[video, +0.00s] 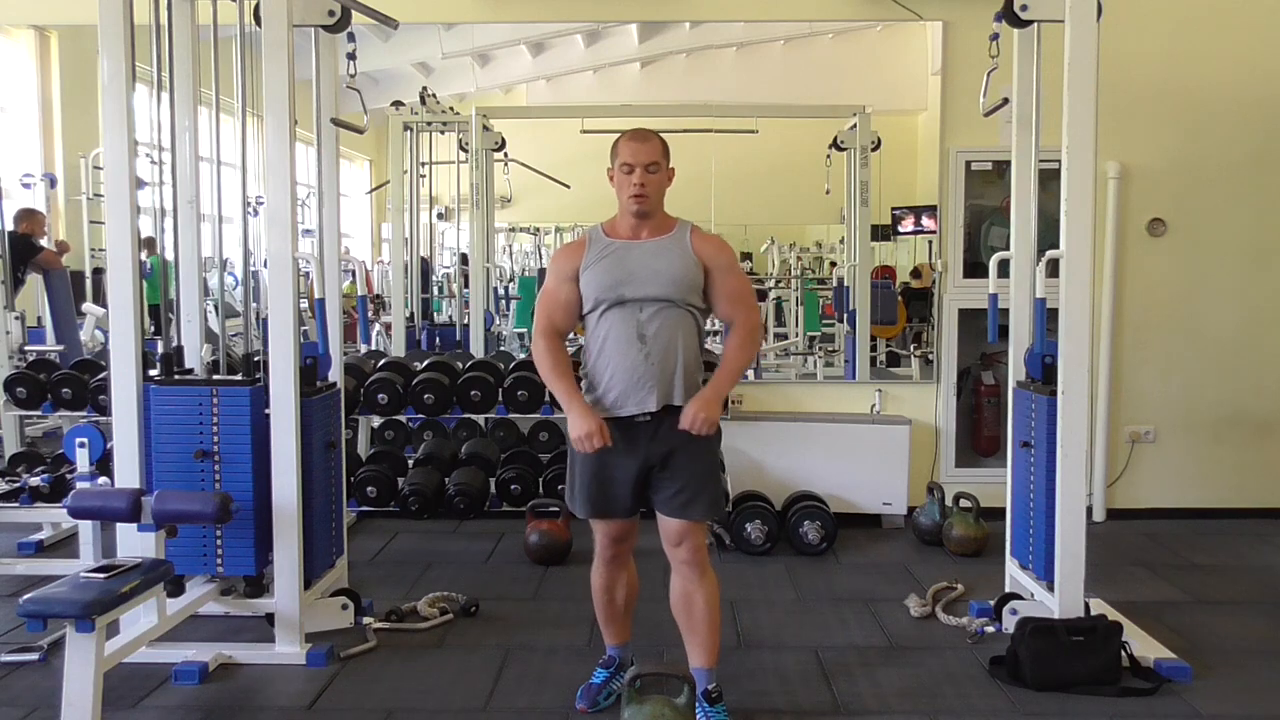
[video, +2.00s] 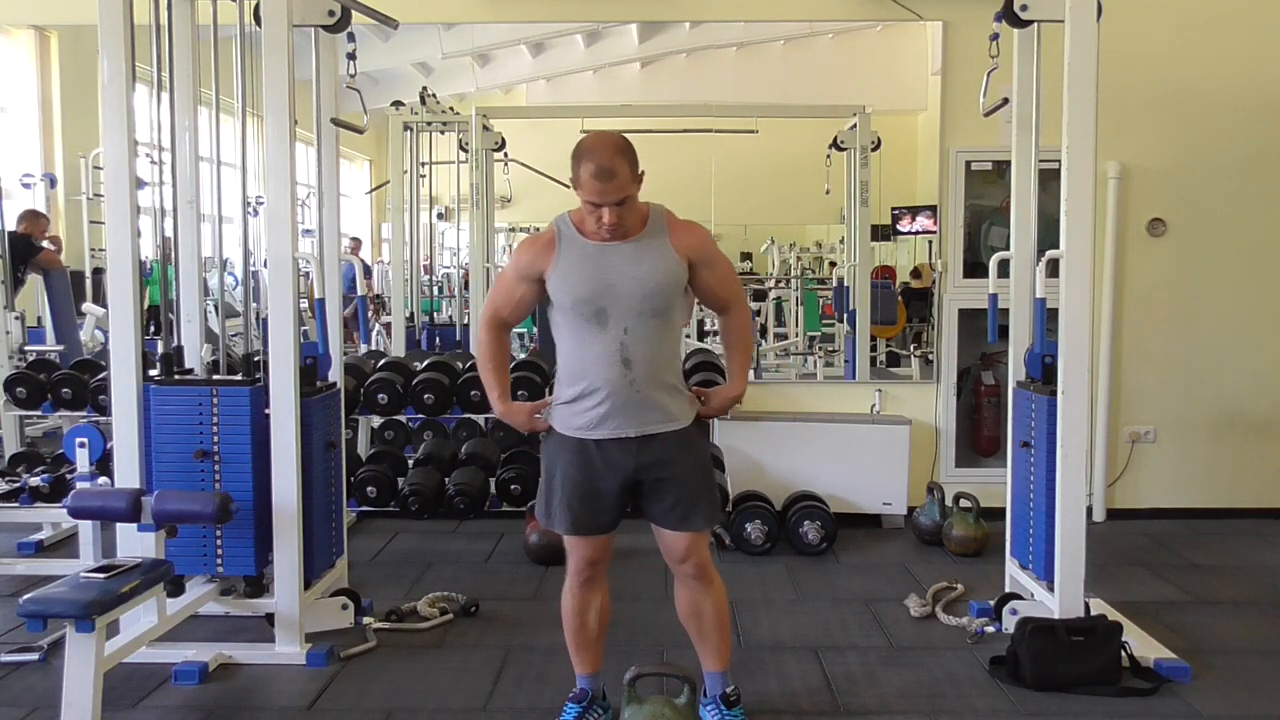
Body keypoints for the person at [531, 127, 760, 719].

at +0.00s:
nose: (637, 179)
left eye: (650, 169)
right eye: (626, 169)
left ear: (669, 176)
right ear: (611, 176)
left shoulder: (704, 248)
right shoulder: (576, 256)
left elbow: (746, 325)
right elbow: (546, 337)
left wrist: (715, 393)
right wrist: (576, 407)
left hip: (684, 424)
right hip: (604, 427)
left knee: (687, 550)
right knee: (611, 547)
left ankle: (705, 689)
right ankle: (615, 660)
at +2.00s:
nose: (606, 217)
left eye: (618, 203)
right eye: (592, 205)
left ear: (640, 181)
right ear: (572, 188)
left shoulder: (685, 242)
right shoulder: (543, 252)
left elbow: (734, 307)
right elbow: (493, 322)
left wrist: (734, 385)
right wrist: (503, 405)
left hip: (671, 436)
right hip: (580, 441)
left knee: (693, 562)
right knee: (583, 570)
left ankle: (718, 697)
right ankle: (586, 695)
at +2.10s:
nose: (616, 216)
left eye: (629, 201)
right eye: (603, 203)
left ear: (653, 181)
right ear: (586, 187)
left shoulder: (700, 243)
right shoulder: (558, 250)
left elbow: (749, 311)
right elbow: (507, 319)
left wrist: (744, 391)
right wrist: (517, 401)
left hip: (680, 438)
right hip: (590, 441)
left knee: (695, 564)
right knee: (589, 568)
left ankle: (717, 698)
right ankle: (587, 695)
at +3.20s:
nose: (677, 406)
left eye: (688, 395)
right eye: (664, 397)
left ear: (710, 360)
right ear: (637, 363)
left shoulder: (744, 345)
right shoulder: (599, 385)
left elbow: (750, 401)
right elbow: (593, 504)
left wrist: (713, 463)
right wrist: (617, 600)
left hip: (702, 456)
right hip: (621, 455)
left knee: (715, 563)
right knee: (594, 568)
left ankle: (719, 697)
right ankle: (593, 695)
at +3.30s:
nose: (680, 431)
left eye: (692, 420)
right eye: (669, 421)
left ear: (714, 380)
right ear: (639, 388)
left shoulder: (748, 360)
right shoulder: (604, 411)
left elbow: (751, 407)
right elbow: (601, 535)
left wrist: (711, 463)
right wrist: (625, 623)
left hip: (701, 456)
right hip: (618, 457)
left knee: (714, 562)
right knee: (594, 570)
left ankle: (719, 697)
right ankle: (593, 694)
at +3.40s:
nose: (684, 448)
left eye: (696, 437)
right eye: (673, 439)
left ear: (720, 394)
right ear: (646, 411)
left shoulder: (751, 369)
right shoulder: (610, 432)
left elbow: (753, 414)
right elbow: (605, 547)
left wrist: (712, 464)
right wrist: (629, 638)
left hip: (704, 462)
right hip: (617, 462)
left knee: (715, 563)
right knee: (594, 572)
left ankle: (719, 696)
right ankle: (592, 695)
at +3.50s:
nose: (689, 454)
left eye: (701, 445)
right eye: (678, 445)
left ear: (725, 399)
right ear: (650, 413)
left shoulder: (753, 372)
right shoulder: (615, 437)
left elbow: (759, 411)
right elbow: (608, 551)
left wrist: (716, 463)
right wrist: (630, 643)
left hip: (710, 459)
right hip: (617, 461)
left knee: (716, 563)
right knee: (597, 569)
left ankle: (719, 697)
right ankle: (591, 695)